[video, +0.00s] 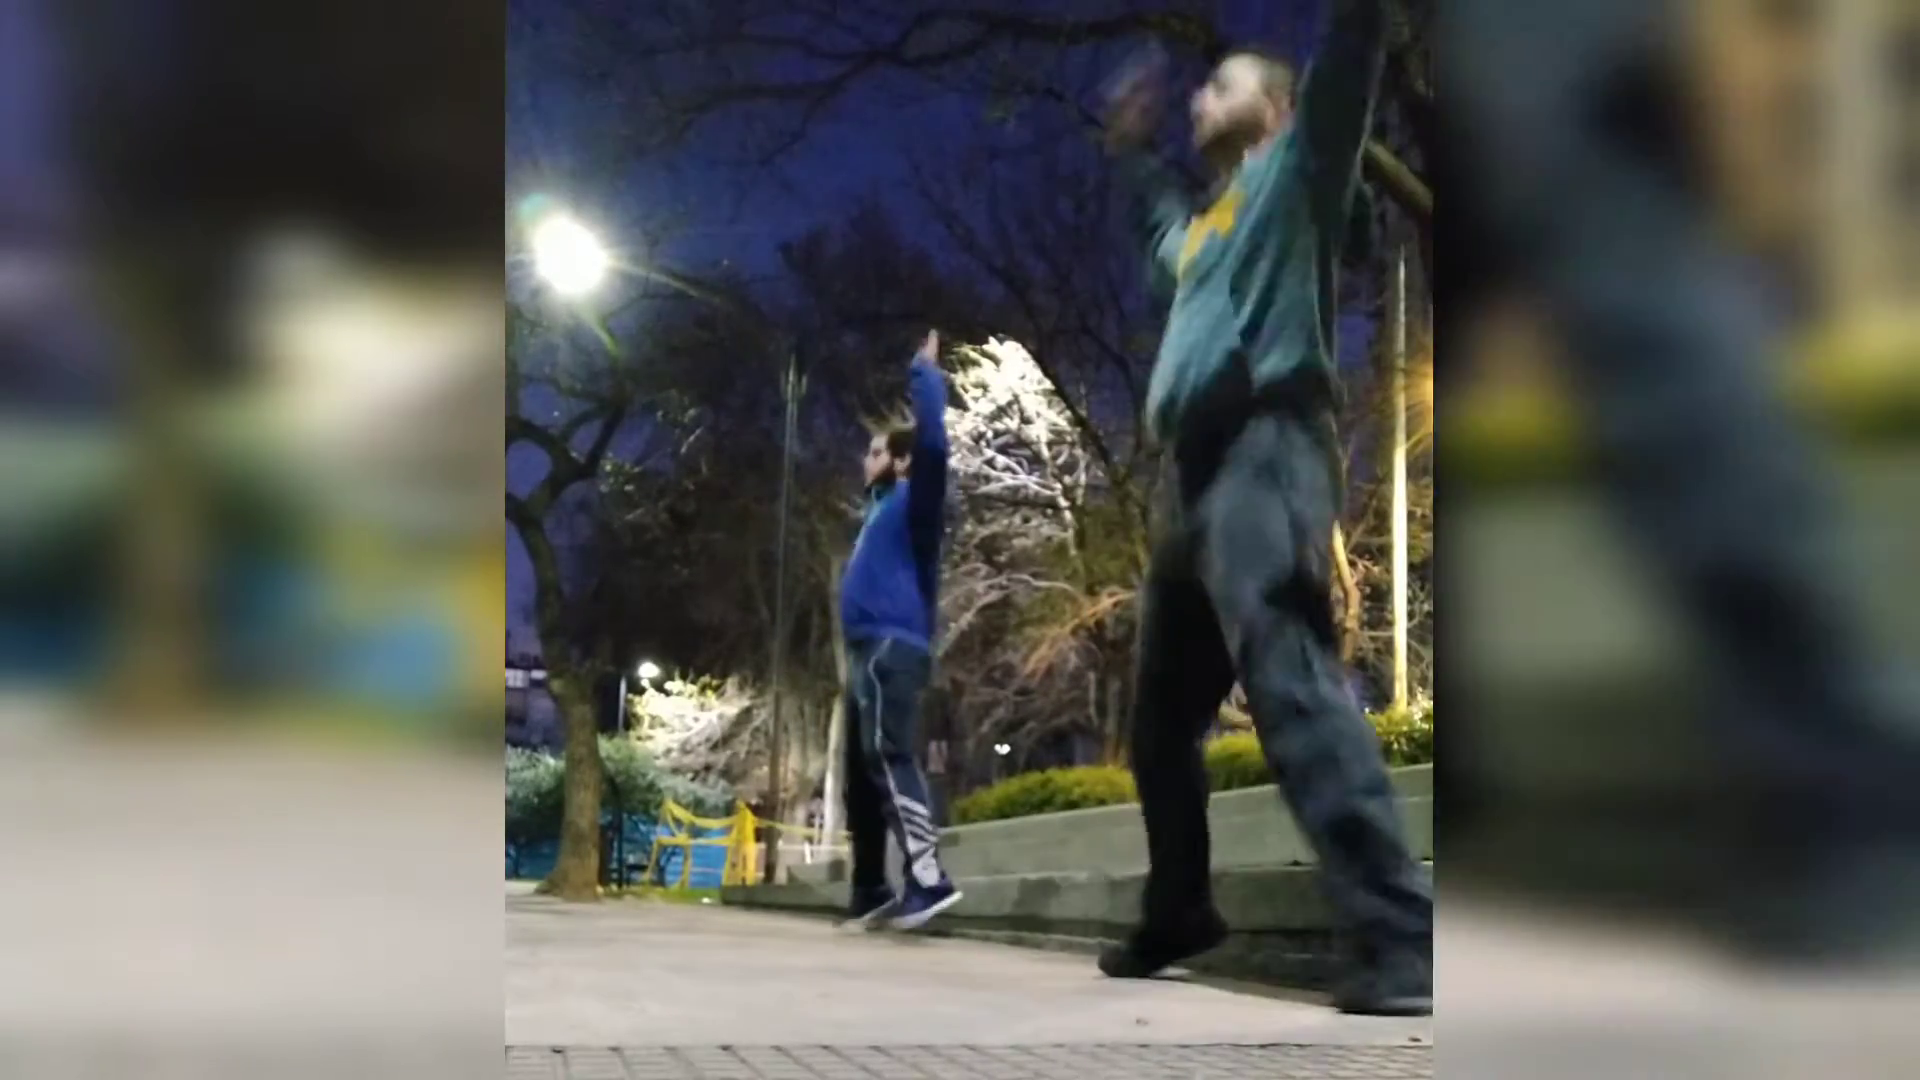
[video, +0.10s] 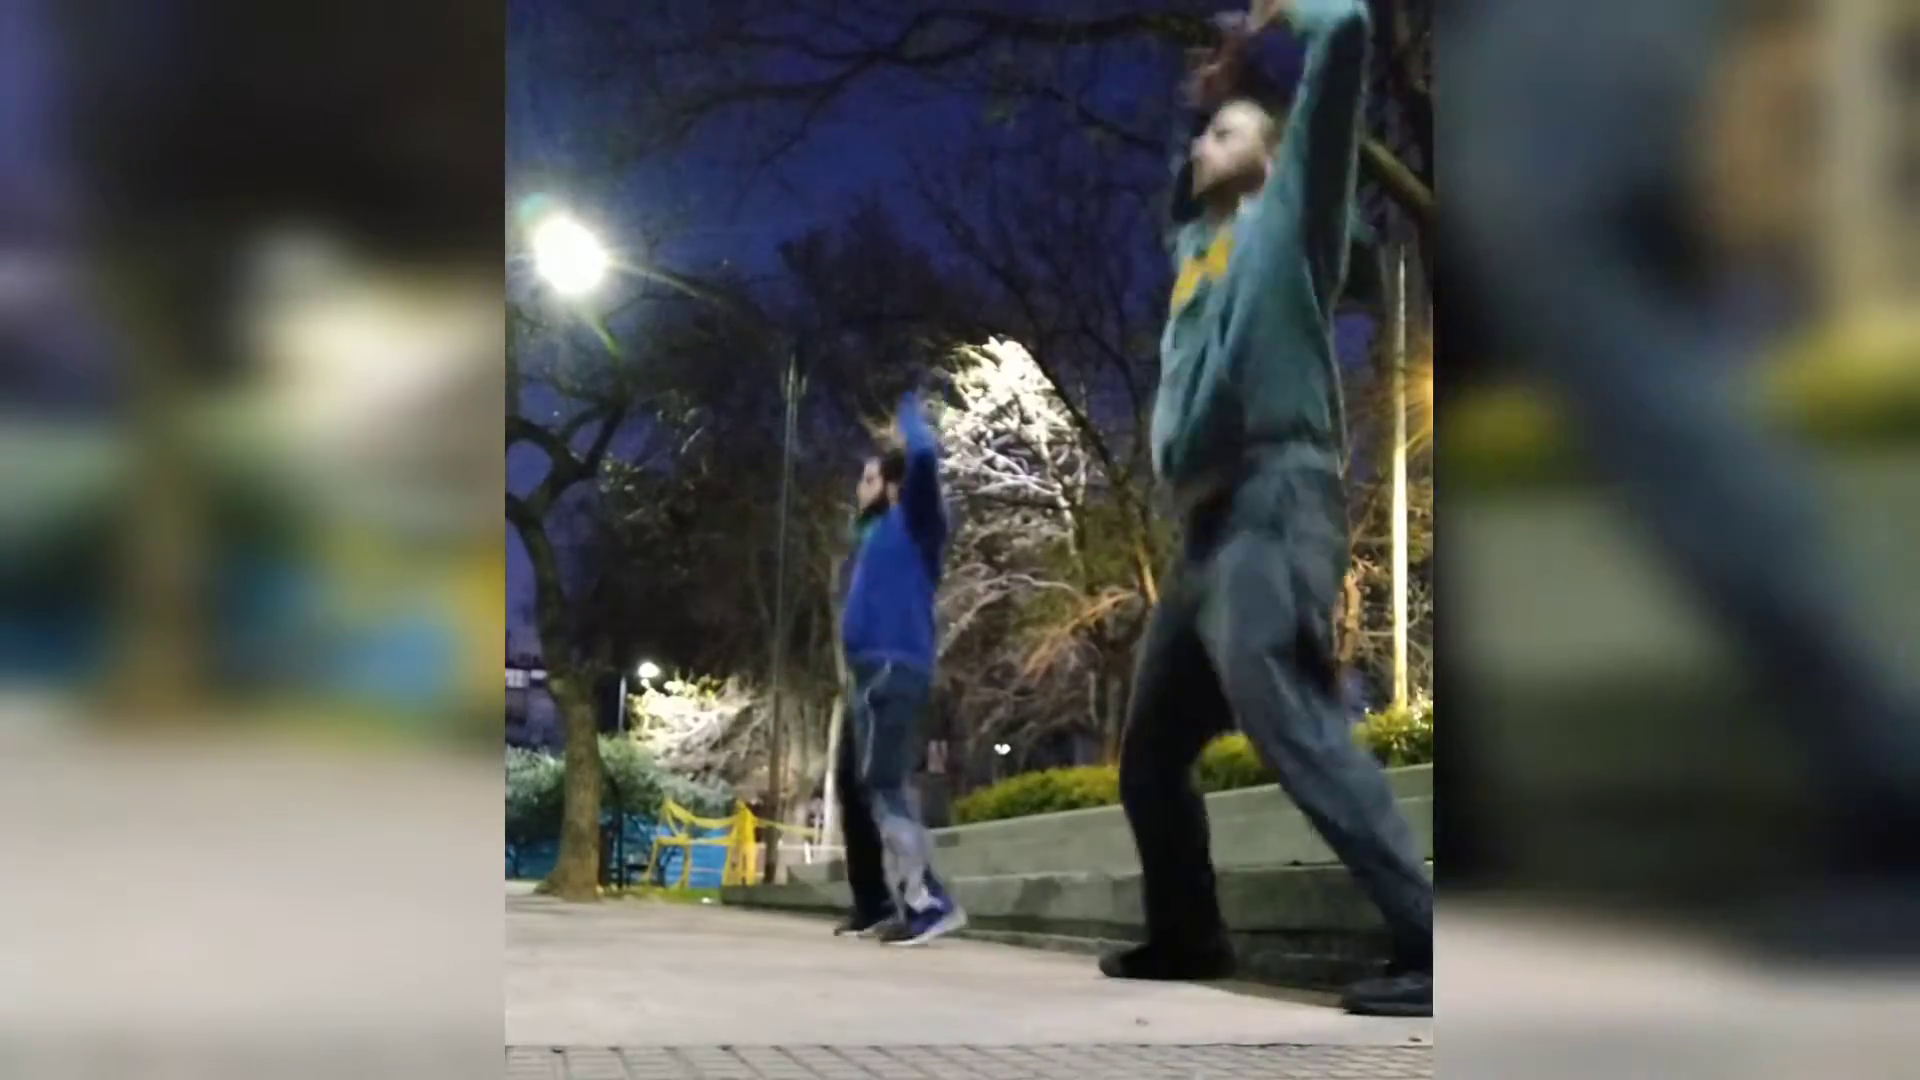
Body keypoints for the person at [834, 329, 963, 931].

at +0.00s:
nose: (867, 459)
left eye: (875, 451)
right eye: (869, 452)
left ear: (900, 459)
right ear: (889, 463)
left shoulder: (914, 504)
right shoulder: (879, 511)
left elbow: (931, 444)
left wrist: (926, 372)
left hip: (896, 639)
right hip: (862, 643)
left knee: (891, 755)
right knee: (861, 769)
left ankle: (927, 880)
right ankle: (871, 888)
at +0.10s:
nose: (861, 486)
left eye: (869, 477)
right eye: (862, 477)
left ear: (892, 481)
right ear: (873, 485)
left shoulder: (914, 524)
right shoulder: (871, 533)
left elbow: (923, 459)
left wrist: (912, 416)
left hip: (899, 661)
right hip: (863, 664)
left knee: (884, 782)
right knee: (858, 786)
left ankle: (925, 900)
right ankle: (881, 903)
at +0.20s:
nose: (858, 497)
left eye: (867, 487)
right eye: (860, 488)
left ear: (893, 492)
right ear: (879, 496)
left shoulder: (914, 534)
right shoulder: (873, 548)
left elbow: (927, 469)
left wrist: (913, 413)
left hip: (899, 675)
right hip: (866, 677)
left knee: (884, 798)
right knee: (860, 804)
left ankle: (928, 905)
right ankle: (891, 905)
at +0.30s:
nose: (864, 468)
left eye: (874, 460)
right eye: (866, 460)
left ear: (901, 468)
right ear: (886, 473)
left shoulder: (916, 506)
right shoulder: (879, 522)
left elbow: (937, 463)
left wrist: (929, 400)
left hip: (899, 644)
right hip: (864, 650)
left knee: (898, 771)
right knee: (879, 776)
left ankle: (921, 891)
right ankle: (897, 894)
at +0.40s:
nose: (864, 456)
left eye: (874, 448)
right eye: (866, 447)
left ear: (902, 455)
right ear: (894, 456)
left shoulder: (924, 490)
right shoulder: (880, 499)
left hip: (900, 630)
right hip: (866, 634)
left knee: (882, 759)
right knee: (858, 765)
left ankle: (920, 886)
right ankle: (887, 891)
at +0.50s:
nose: (863, 469)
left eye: (873, 460)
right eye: (865, 460)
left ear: (901, 467)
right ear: (890, 469)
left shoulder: (920, 505)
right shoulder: (876, 516)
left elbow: (938, 571)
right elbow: (870, 590)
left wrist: (934, 631)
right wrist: (856, 652)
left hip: (903, 651)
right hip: (869, 654)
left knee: (875, 775)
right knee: (857, 778)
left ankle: (913, 898)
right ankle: (891, 904)